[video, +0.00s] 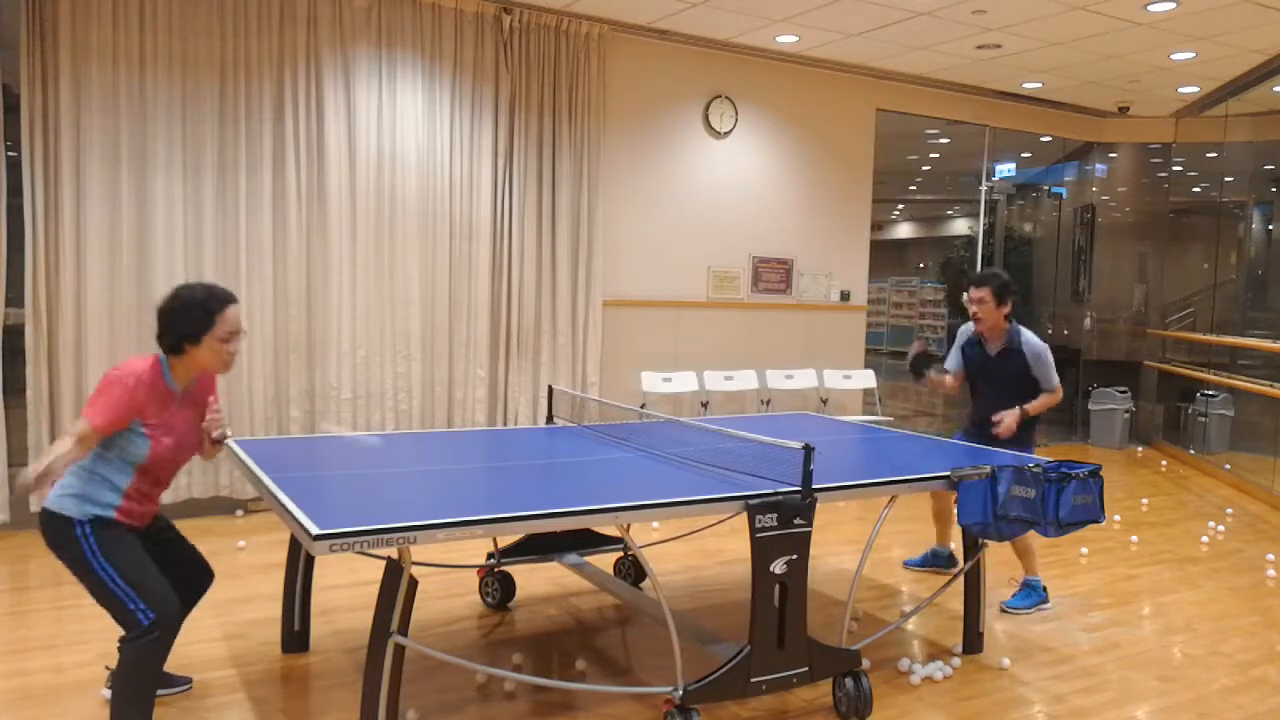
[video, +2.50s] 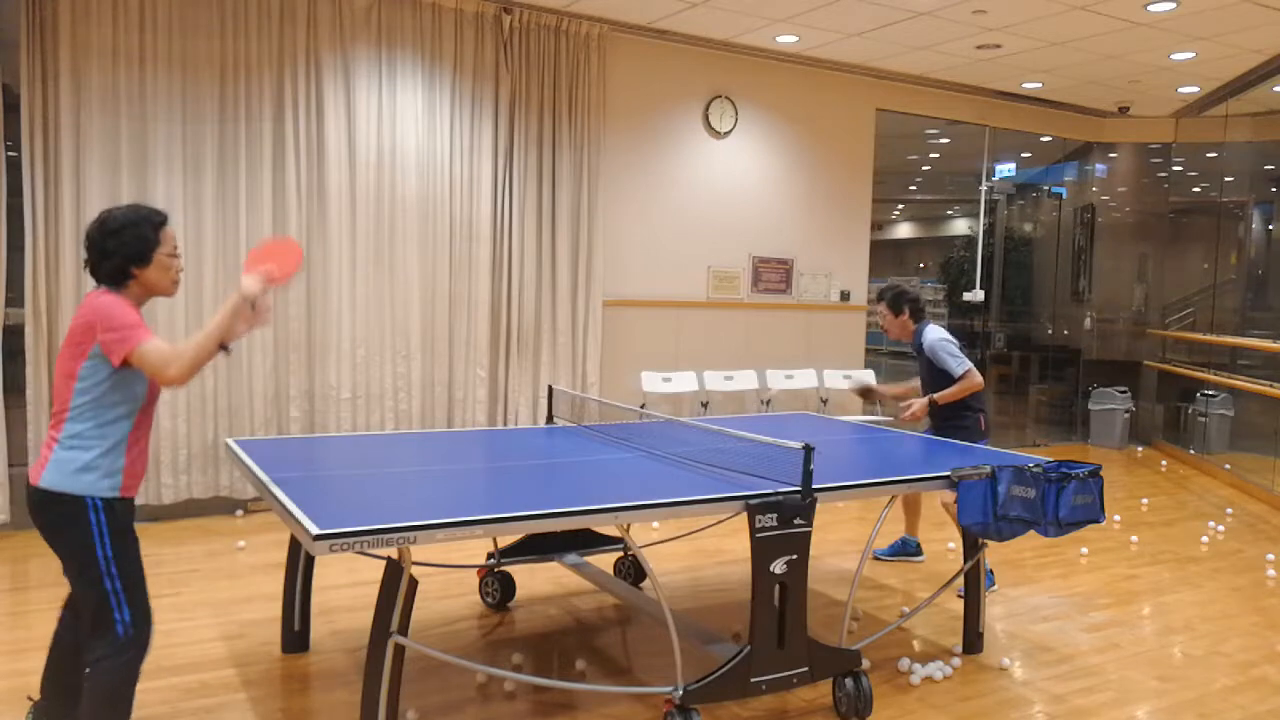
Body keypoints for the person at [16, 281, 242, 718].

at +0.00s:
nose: (236, 348)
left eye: (237, 337)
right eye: (227, 339)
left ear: (196, 343)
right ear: (190, 342)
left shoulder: (203, 382)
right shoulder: (133, 380)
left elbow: (199, 450)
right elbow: (82, 438)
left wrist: (213, 438)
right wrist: (52, 463)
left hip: (134, 514)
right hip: (81, 516)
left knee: (193, 578)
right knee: (155, 619)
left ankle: (134, 673)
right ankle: (129, 709)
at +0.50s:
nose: (195, 272)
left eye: (192, 262)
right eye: (186, 264)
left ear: (156, 276)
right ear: (155, 275)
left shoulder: (142, 322)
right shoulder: (127, 318)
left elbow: (156, 390)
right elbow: (166, 380)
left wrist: (201, 375)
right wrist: (237, 330)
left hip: (124, 485)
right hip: (102, 488)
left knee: (155, 576)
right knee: (155, 612)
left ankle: (130, 676)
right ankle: (122, 708)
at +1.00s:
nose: (211, 312)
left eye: (214, 300)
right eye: (202, 301)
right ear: (163, 300)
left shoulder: (167, 352)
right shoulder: (118, 343)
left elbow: (147, 422)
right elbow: (85, 421)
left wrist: (190, 409)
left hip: (113, 506)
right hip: (73, 508)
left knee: (127, 598)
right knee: (157, 627)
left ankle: (114, 679)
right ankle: (124, 709)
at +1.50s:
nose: (179, 276)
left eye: (177, 265)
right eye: (169, 266)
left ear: (140, 274)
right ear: (132, 271)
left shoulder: (123, 325)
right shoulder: (92, 318)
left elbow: (139, 396)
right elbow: (93, 408)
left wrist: (193, 376)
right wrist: (181, 394)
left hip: (67, 499)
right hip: (40, 498)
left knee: (72, 628)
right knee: (100, 631)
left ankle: (52, 710)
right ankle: (72, 714)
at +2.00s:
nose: (203, 375)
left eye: (206, 363)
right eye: (195, 364)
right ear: (153, 363)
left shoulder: (164, 405)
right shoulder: (84, 408)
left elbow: (165, 476)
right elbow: (16, 481)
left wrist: (191, 516)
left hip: (70, 535)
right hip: (19, 536)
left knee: (129, 605)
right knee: (96, 636)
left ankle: (62, 704)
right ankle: (63, 713)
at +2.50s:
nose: (179, 261)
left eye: (176, 250)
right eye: (169, 252)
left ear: (136, 266)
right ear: (135, 265)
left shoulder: (115, 311)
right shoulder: (107, 309)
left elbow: (168, 371)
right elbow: (172, 369)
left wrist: (229, 334)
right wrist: (235, 305)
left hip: (89, 491)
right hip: (83, 495)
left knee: (91, 605)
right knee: (127, 628)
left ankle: (53, 711)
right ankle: (96, 714)